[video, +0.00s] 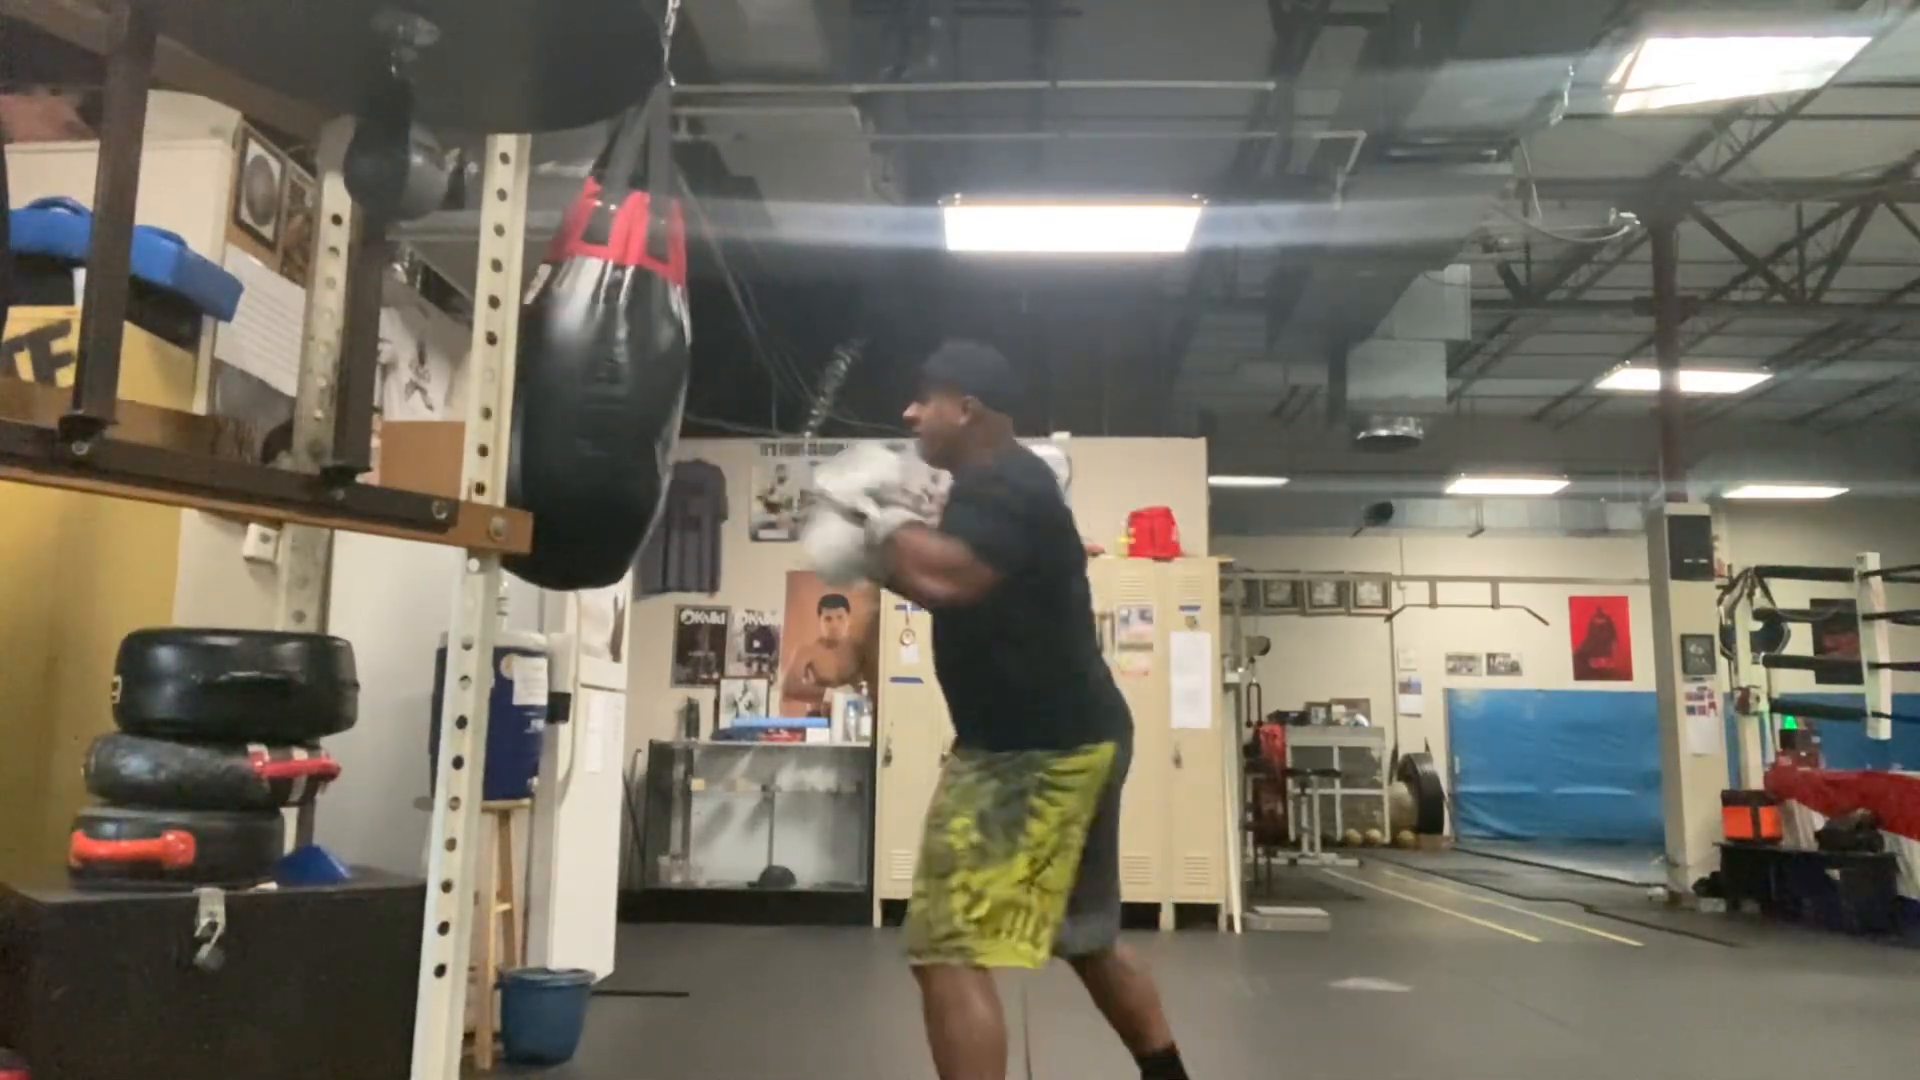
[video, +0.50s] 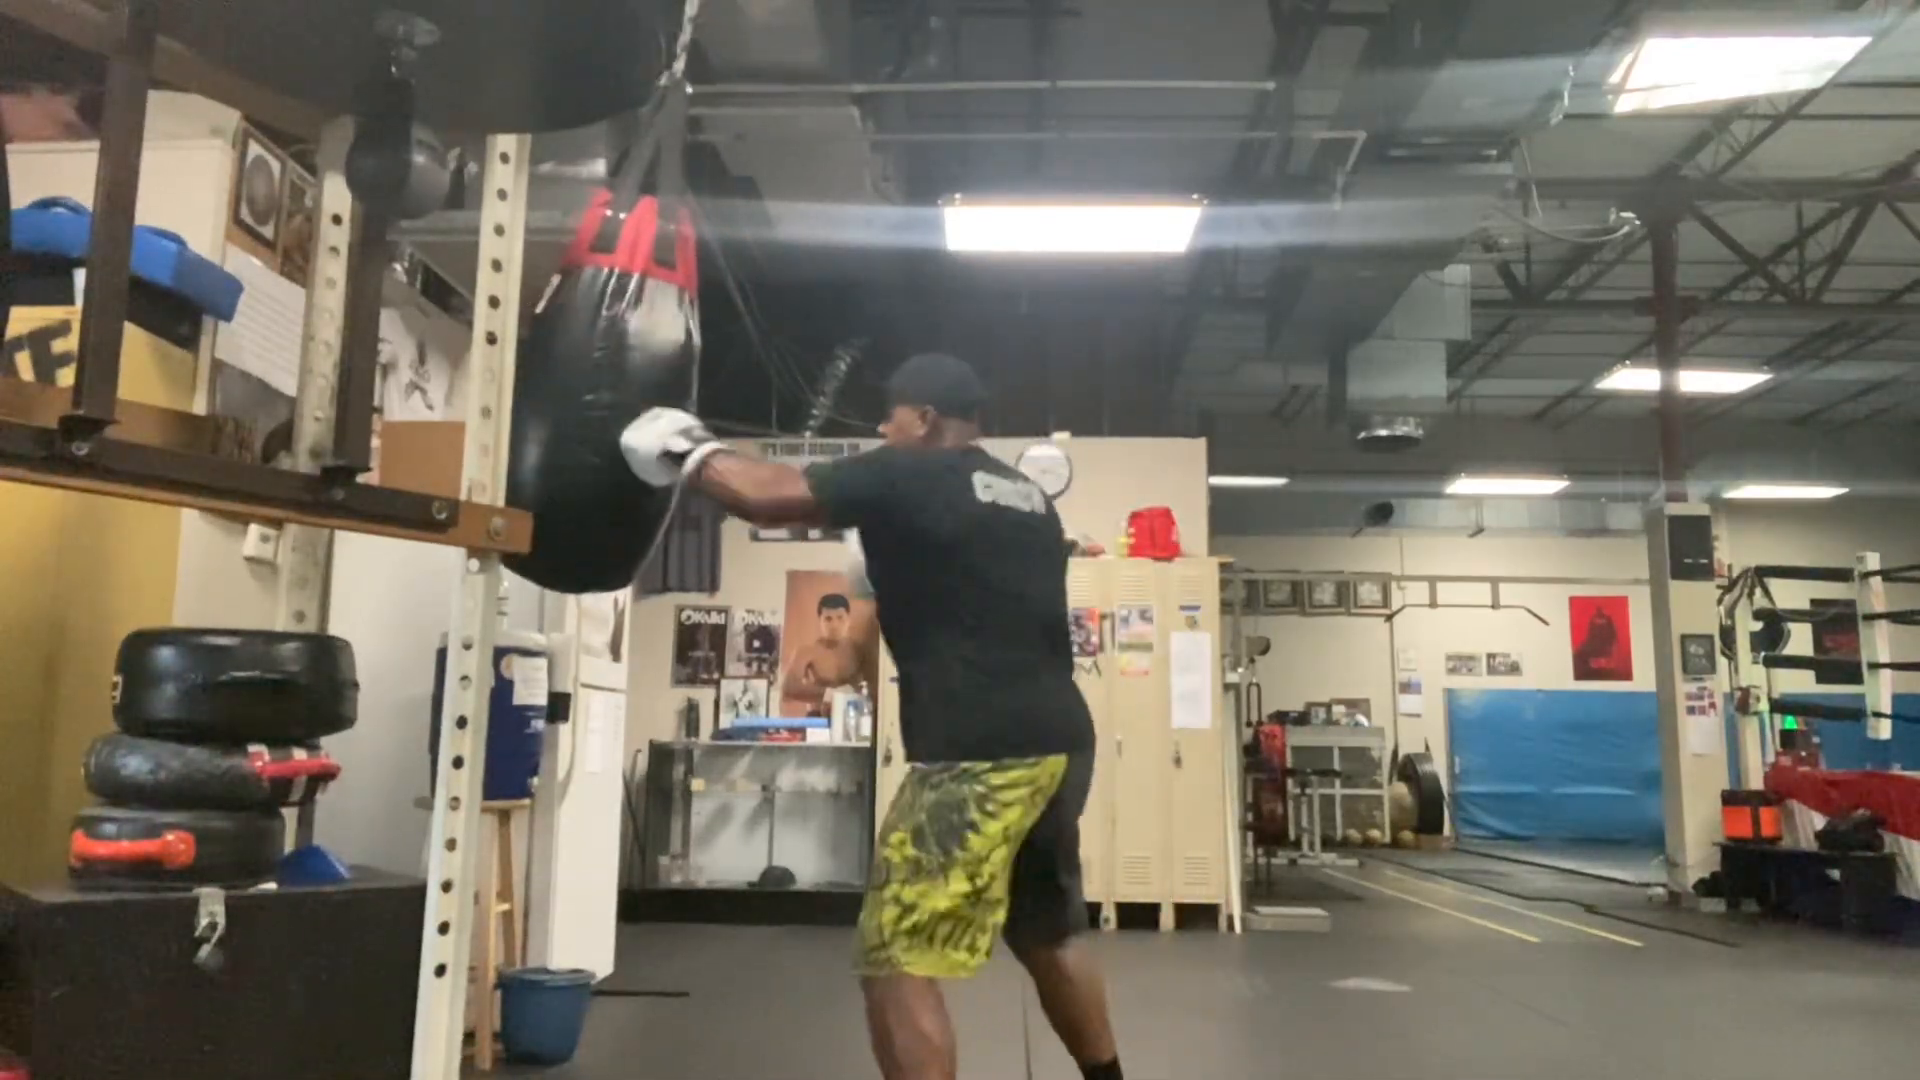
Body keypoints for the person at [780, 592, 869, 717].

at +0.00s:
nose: (834, 624)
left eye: (840, 618)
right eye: (828, 619)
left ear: (848, 620)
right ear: (819, 621)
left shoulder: (857, 652)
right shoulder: (807, 652)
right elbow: (790, 688)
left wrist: (816, 687)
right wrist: (828, 693)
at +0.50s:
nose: (834, 625)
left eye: (840, 618)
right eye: (828, 619)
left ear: (848, 620)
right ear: (819, 621)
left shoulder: (857, 651)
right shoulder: (808, 652)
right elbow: (790, 688)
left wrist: (816, 685)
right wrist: (828, 693)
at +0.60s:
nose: (834, 625)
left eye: (840, 618)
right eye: (828, 619)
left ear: (847, 620)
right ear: (820, 620)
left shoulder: (858, 651)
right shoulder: (807, 652)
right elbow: (790, 688)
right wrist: (828, 693)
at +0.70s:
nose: (834, 625)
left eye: (840, 618)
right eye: (828, 619)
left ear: (848, 620)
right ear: (819, 620)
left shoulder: (857, 651)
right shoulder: (808, 652)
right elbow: (789, 687)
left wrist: (817, 685)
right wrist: (826, 693)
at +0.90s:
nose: (834, 625)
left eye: (840, 618)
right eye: (828, 619)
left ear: (848, 619)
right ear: (819, 620)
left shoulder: (858, 652)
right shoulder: (807, 652)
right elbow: (789, 688)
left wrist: (816, 686)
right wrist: (827, 693)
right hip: (819, 717)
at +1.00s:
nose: (834, 625)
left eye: (840, 618)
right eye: (828, 619)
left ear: (848, 620)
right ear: (819, 621)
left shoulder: (857, 651)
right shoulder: (808, 652)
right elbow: (789, 688)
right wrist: (825, 693)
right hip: (820, 716)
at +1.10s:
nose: (834, 625)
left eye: (840, 618)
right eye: (828, 619)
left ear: (848, 619)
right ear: (820, 620)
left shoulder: (858, 651)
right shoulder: (807, 652)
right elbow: (789, 688)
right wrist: (827, 692)